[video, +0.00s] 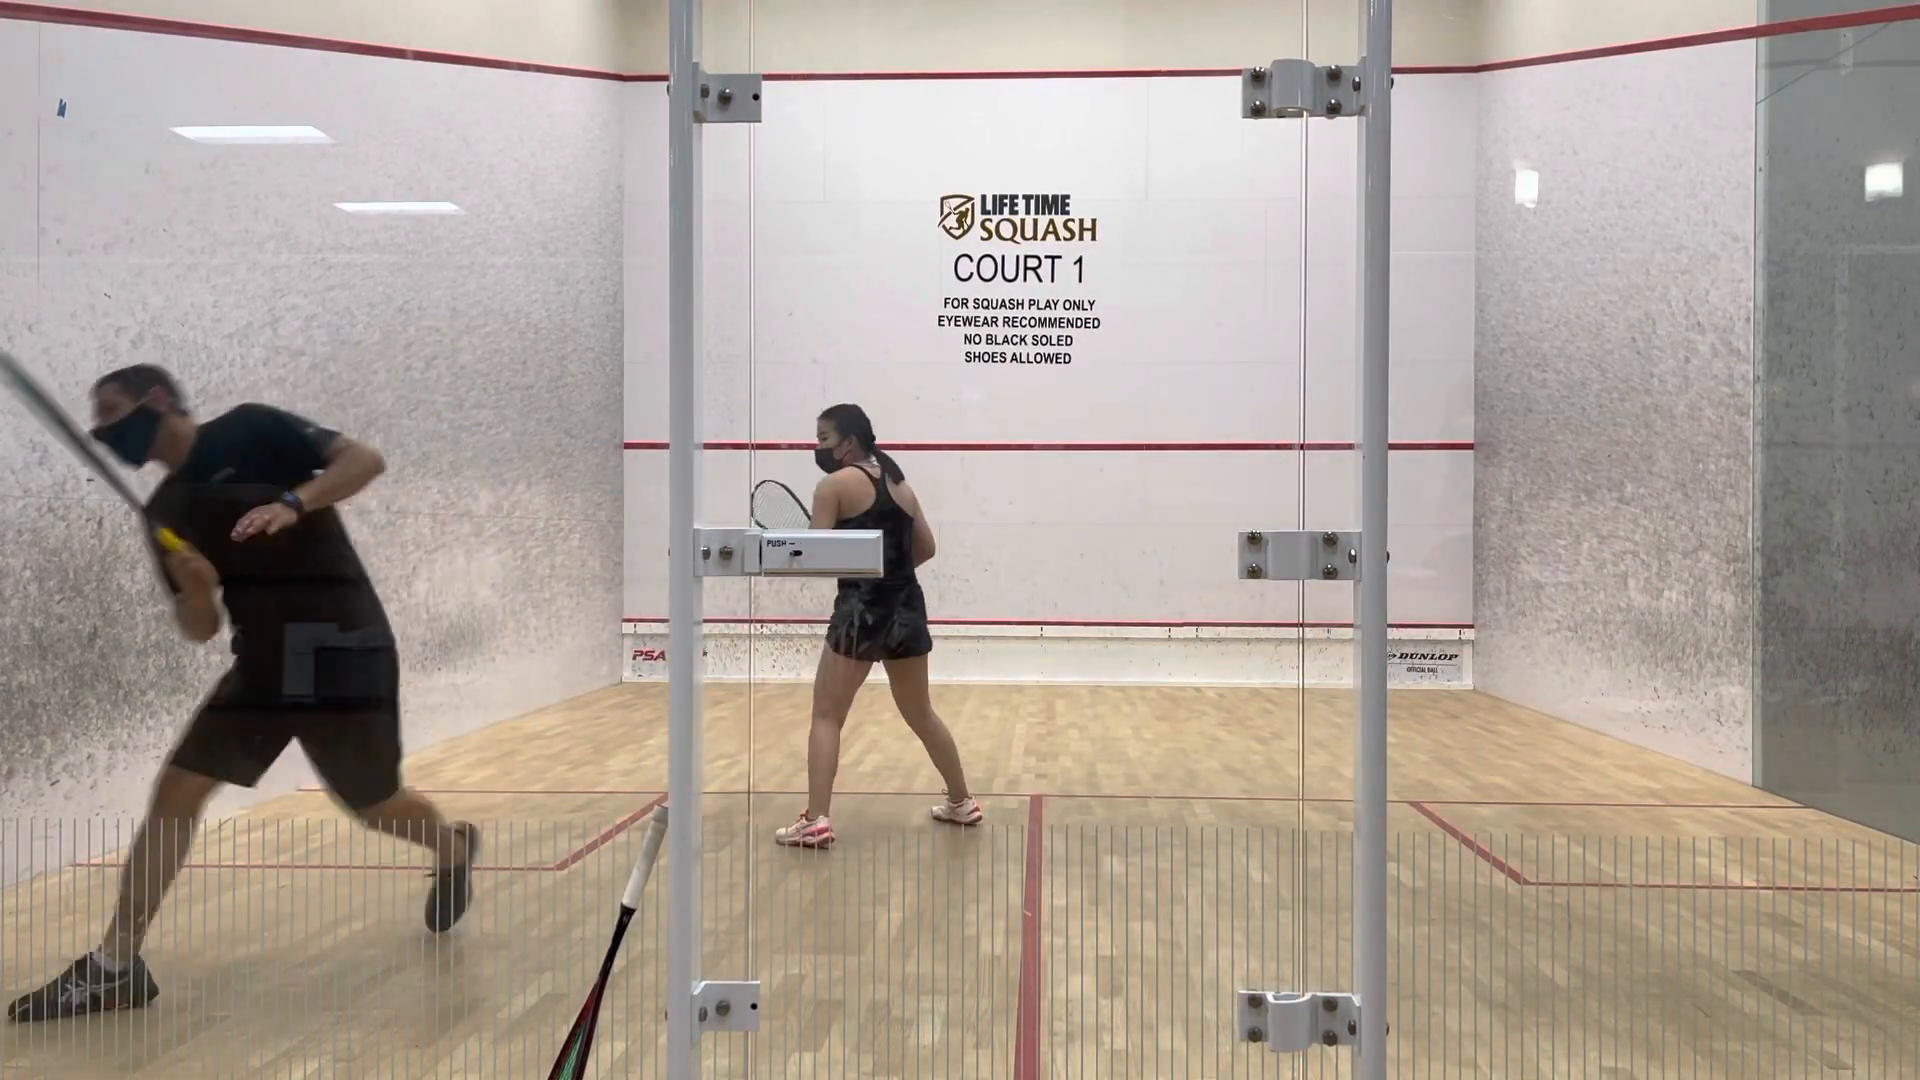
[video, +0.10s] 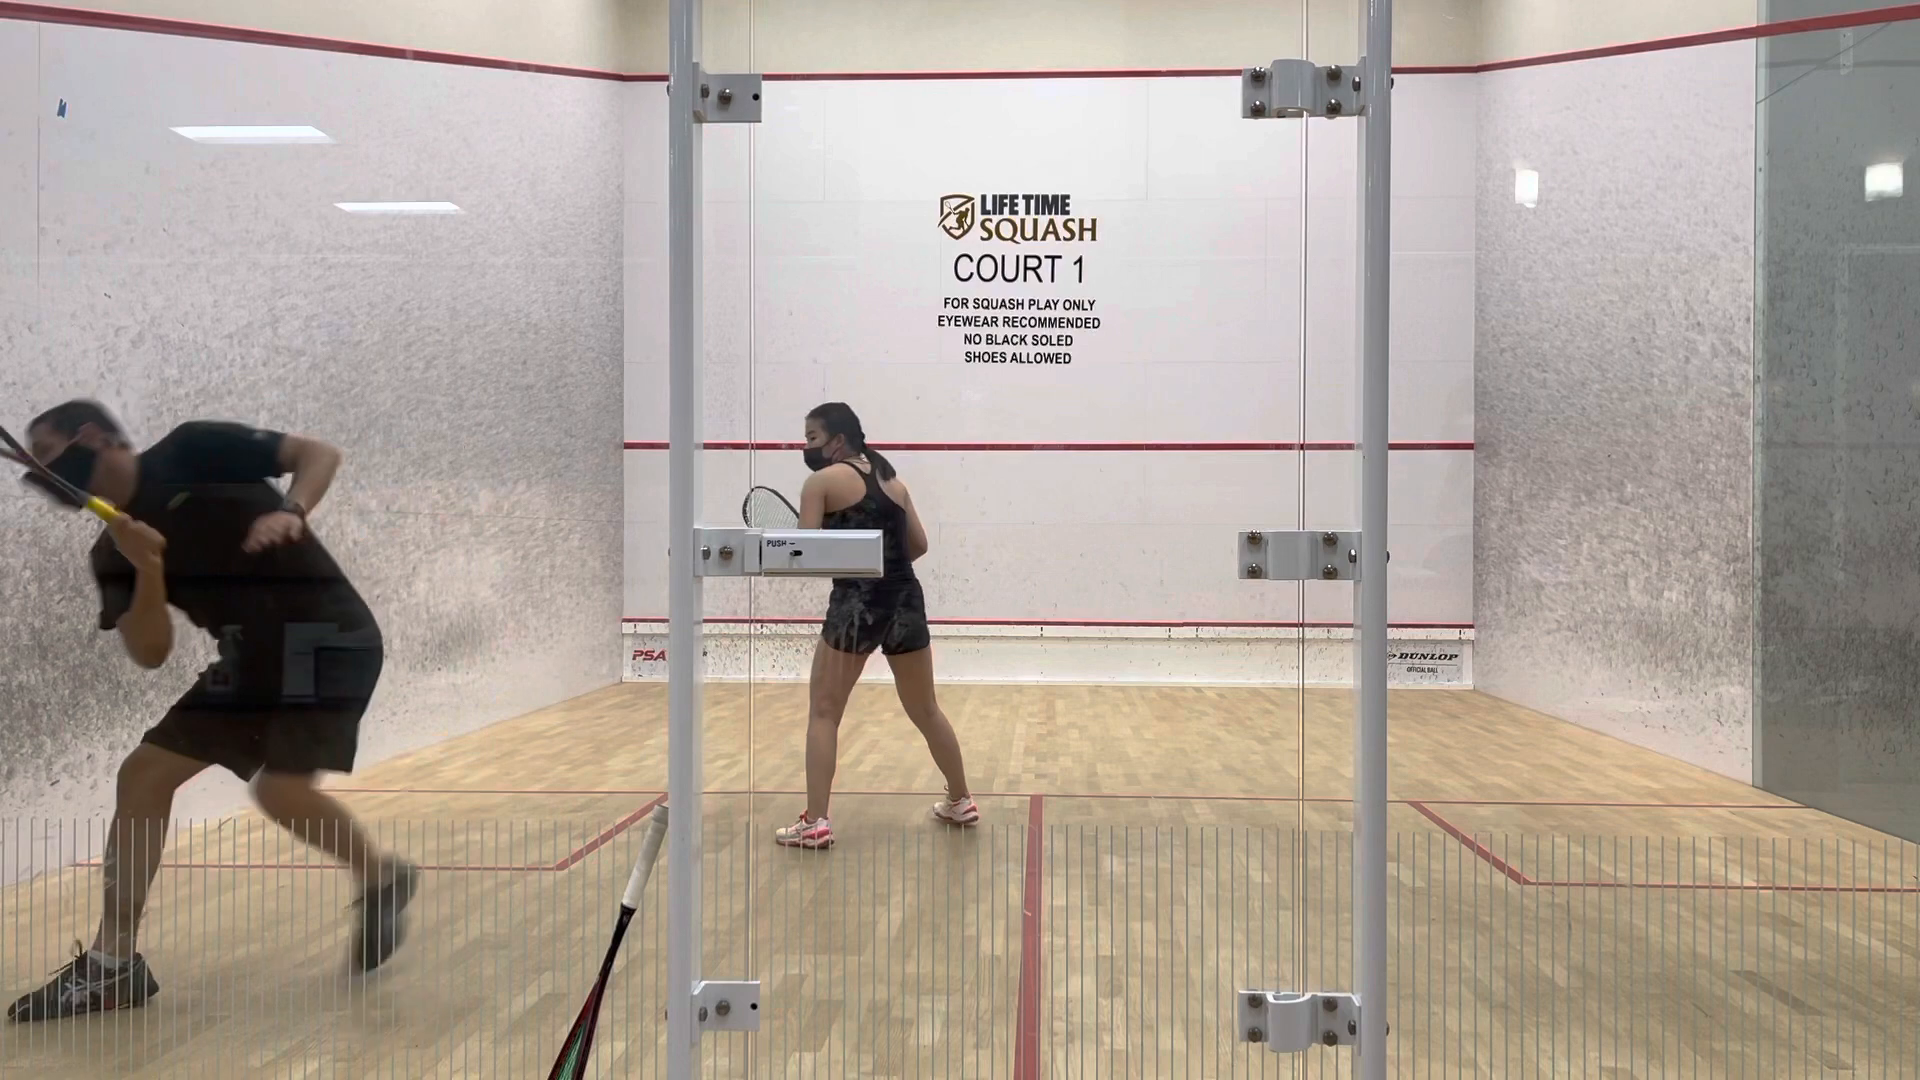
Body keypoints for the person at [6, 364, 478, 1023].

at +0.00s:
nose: (110, 436)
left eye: (115, 420)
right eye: (103, 428)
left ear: (160, 399)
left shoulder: (251, 427)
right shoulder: (163, 513)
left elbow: (365, 459)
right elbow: (199, 629)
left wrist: (295, 505)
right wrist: (199, 587)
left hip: (344, 641)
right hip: (264, 659)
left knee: (374, 803)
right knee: (177, 794)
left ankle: (455, 844)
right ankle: (118, 960)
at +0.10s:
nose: (49, 480)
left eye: (52, 462)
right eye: (41, 472)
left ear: (94, 436)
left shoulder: (193, 447)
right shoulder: (113, 552)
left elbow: (321, 455)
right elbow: (148, 650)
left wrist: (294, 508)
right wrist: (147, 568)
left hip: (329, 637)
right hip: (248, 654)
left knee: (279, 790)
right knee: (144, 776)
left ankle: (382, 875)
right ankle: (115, 959)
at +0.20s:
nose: (22, 533)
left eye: (17, 514)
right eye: (12, 527)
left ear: (40, 482)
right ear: (33, 496)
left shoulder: (141, 476)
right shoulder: (85, 585)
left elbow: (276, 473)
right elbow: (97, 677)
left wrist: (322, 550)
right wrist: (118, 584)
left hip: (324, 632)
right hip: (254, 663)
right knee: (147, 778)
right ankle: (112, 962)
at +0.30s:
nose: (14, 573)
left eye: (9, 553)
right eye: (6, 563)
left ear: (22, 522)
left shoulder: (122, 503)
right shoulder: (90, 610)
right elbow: (35, 729)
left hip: (321, 647)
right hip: (263, 666)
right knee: (154, 787)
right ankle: (114, 963)